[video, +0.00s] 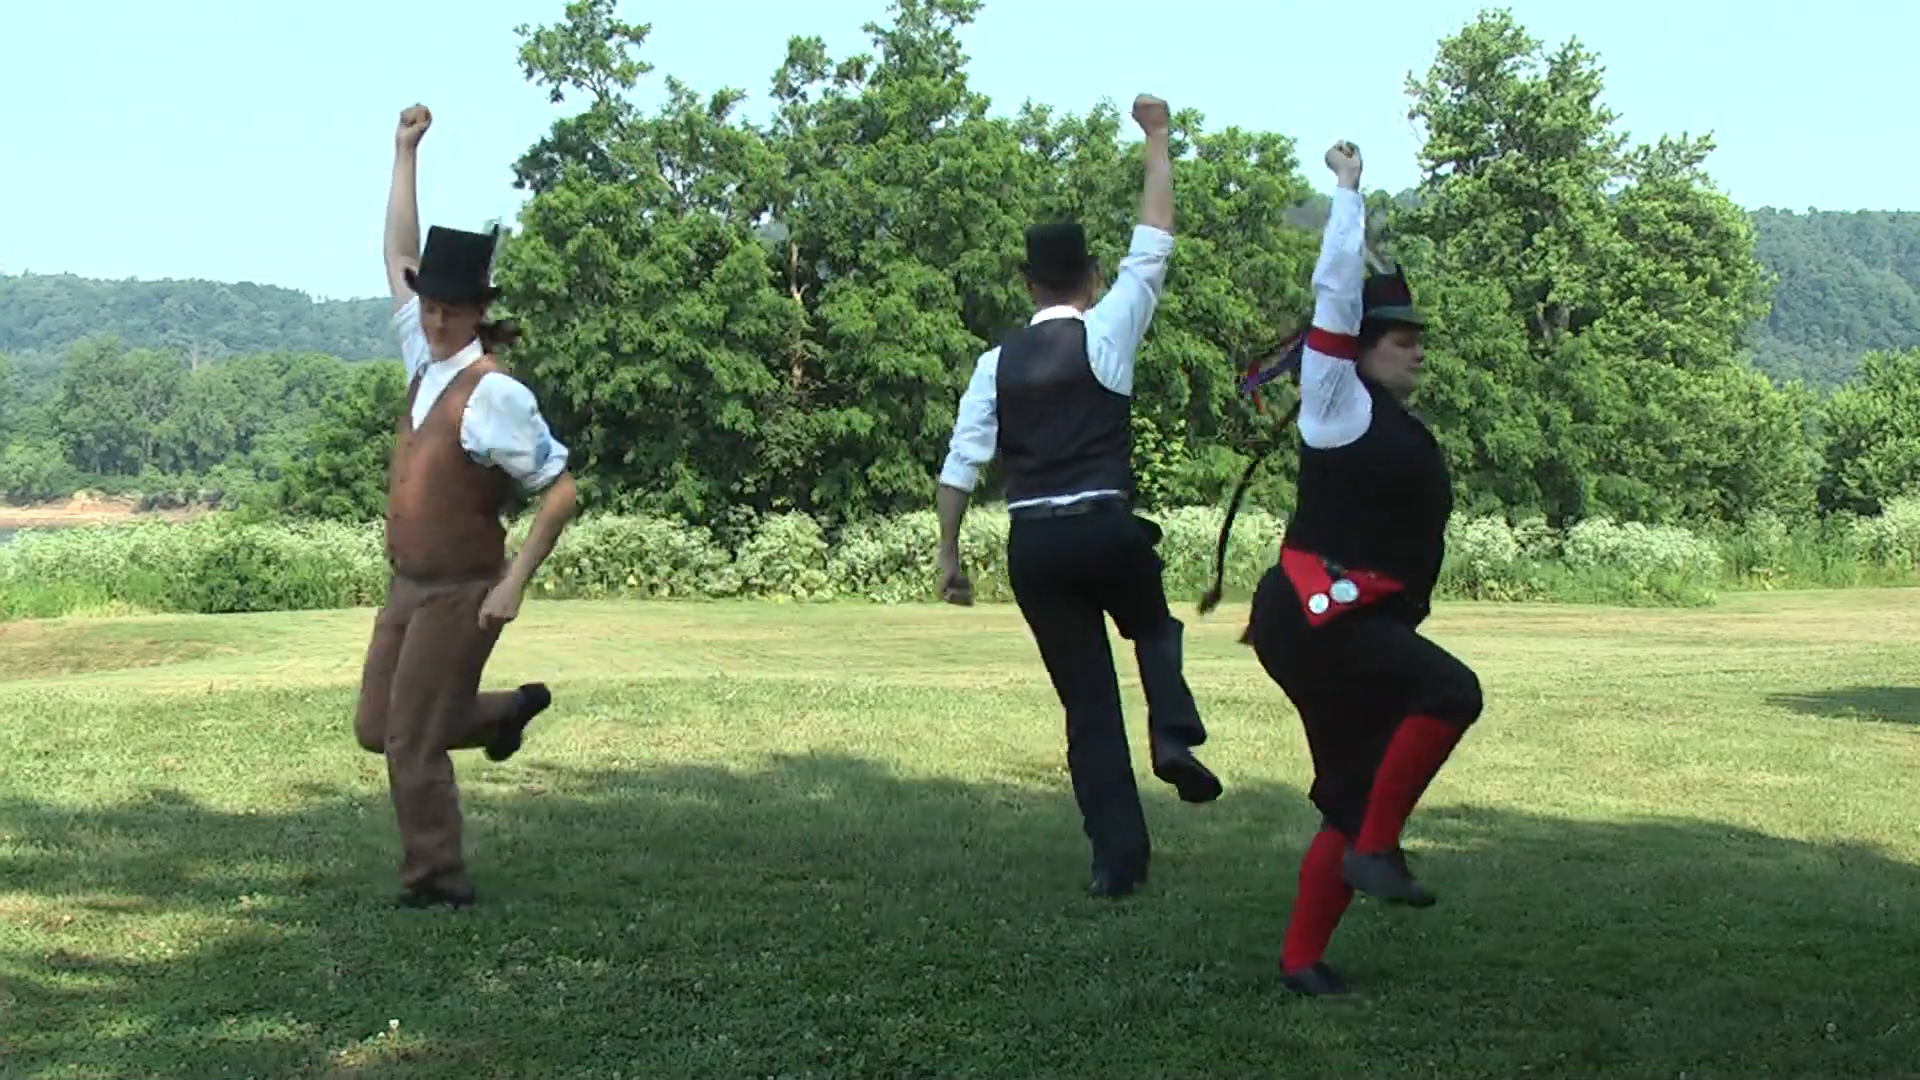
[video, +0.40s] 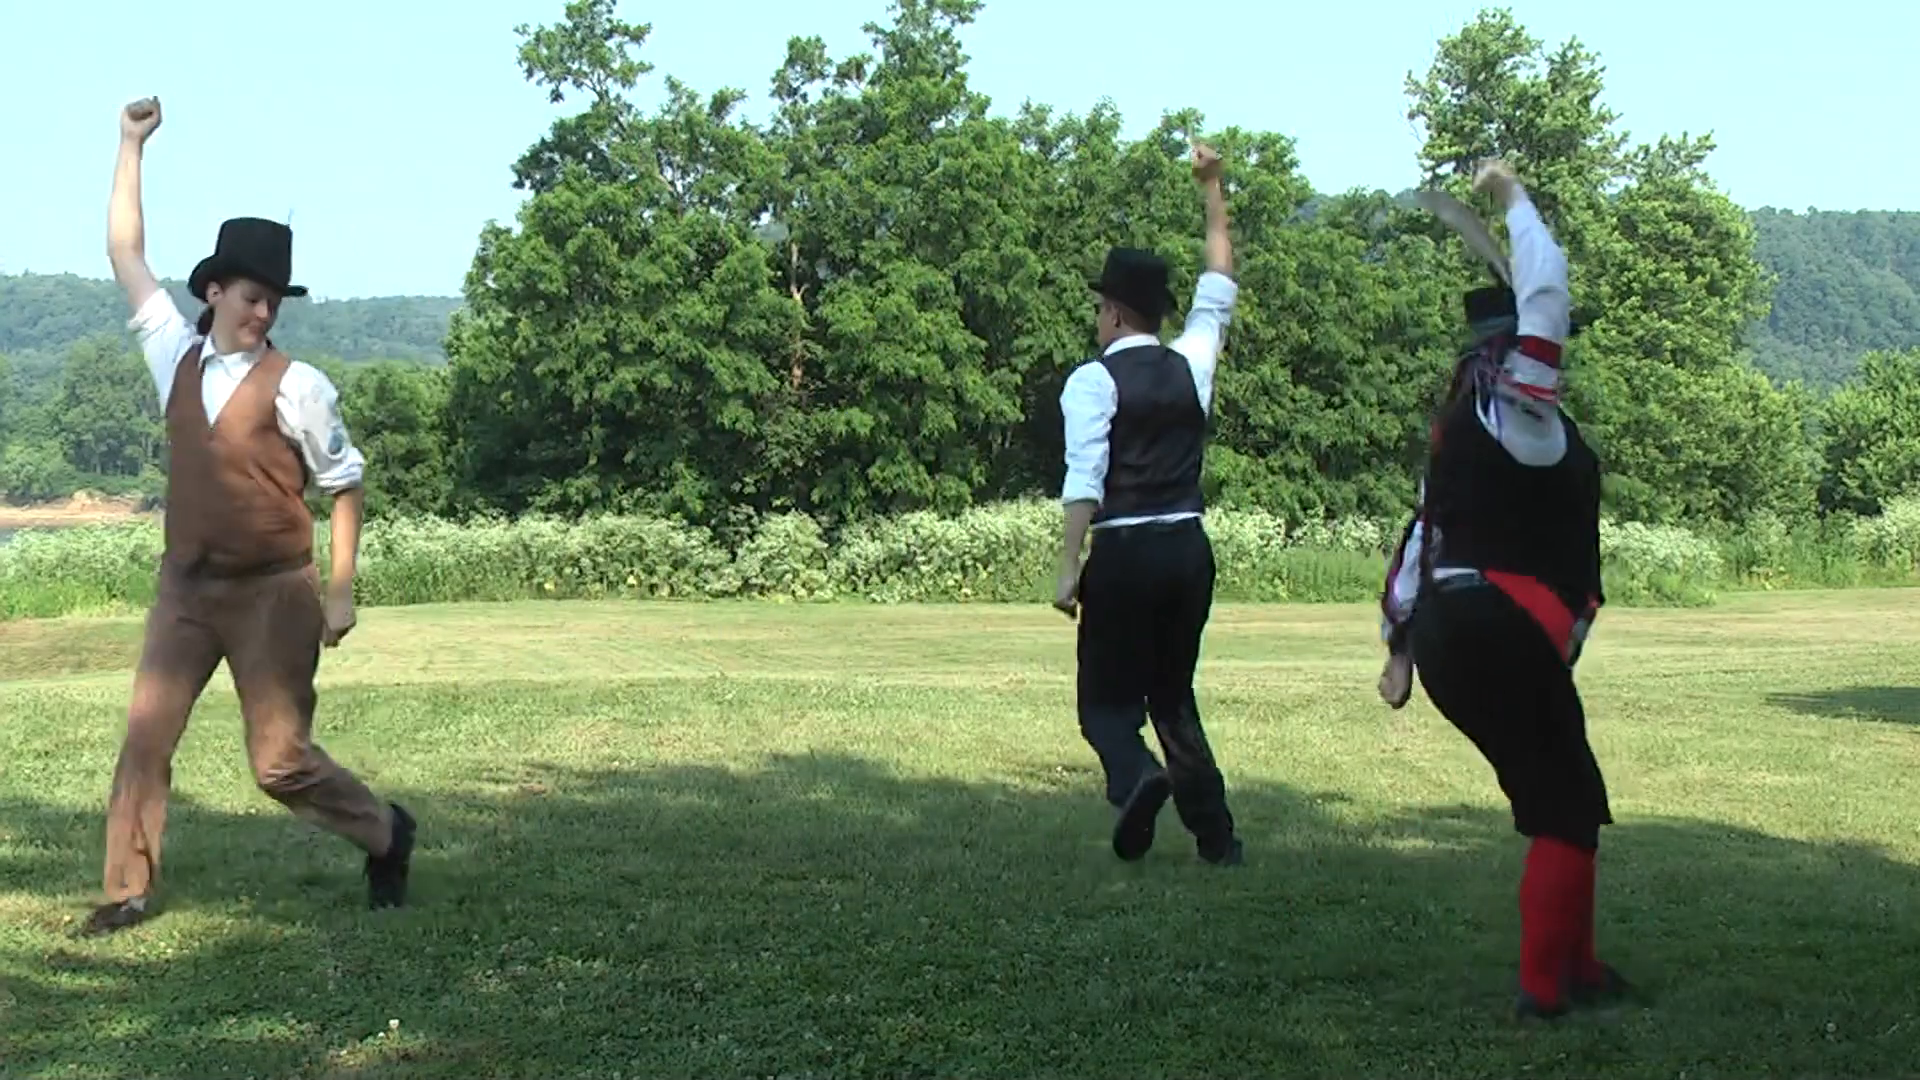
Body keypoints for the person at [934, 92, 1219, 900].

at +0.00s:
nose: (1098, 286)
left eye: (1079, 278)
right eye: (1097, 278)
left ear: (1029, 286)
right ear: (1091, 281)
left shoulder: (995, 364)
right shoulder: (1106, 333)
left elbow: (960, 463)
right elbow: (1153, 246)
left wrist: (947, 550)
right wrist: (1156, 141)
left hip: (1033, 543)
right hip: (1108, 531)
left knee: (1087, 704)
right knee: (1153, 627)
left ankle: (1118, 863)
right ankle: (1174, 742)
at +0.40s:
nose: (1096, 314)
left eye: (1100, 305)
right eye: (1101, 303)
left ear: (1113, 311)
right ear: (1158, 311)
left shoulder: (1091, 383)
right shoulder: (1191, 364)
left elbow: (1084, 483)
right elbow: (1219, 283)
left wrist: (1069, 569)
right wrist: (1213, 191)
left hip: (1121, 554)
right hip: (1188, 550)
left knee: (1102, 697)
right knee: (1172, 692)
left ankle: (1136, 782)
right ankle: (1216, 836)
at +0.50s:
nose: (1094, 292)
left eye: (1099, 282)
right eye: (1098, 280)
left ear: (1118, 289)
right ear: (1155, 290)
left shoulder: (1101, 358)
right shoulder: (1184, 338)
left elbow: (1118, 457)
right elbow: (1193, 260)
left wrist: (1106, 539)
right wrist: (1187, 169)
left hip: (1133, 529)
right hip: (1186, 528)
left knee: (1053, 650)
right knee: (1172, 689)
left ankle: (1144, 731)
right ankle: (1214, 837)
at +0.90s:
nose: (1040, 315)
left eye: (1052, 306)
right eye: (1041, 304)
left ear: (1090, 313)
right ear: (1083, 310)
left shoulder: (1097, 380)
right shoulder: (1089, 362)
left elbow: (1150, 469)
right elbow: (1076, 273)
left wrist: (1155, 563)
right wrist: (1070, 191)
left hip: (1102, 557)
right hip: (1112, 557)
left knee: (974, 603)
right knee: (1111, 695)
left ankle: (1023, 738)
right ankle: (1179, 825)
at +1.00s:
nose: (1016, 321)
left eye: (1028, 312)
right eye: (1016, 310)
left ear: (1064, 318)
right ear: (1052, 316)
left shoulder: (1077, 383)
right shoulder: (1056, 366)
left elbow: (1122, 469)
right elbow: (1026, 280)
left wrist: (1086, 541)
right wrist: (1007, 212)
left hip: (1098, 555)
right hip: (1102, 556)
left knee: (957, 608)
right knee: (1102, 703)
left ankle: (967, 750)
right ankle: (1178, 835)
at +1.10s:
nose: (987, 317)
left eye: (1000, 306)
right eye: (985, 307)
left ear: (1038, 313)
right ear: (992, 314)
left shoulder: (1051, 374)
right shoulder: (1016, 358)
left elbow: (1080, 444)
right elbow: (968, 300)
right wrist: (931, 240)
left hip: (1068, 554)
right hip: (1071, 552)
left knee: (931, 608)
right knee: (1089, 693)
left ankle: (924, 752)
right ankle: (1174, 829)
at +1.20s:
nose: (961, 306)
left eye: (976, 296)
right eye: (959, 295)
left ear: (1014, 303)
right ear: (957, 301)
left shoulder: (1027, 359)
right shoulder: (969, 346)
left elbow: (1031, 397)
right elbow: (917, 332)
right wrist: (861, 299)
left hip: (1028, 545)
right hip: (1019, 543)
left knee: (904, 641)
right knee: (1061, 682)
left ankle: (897, 793)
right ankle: (1157, 807)